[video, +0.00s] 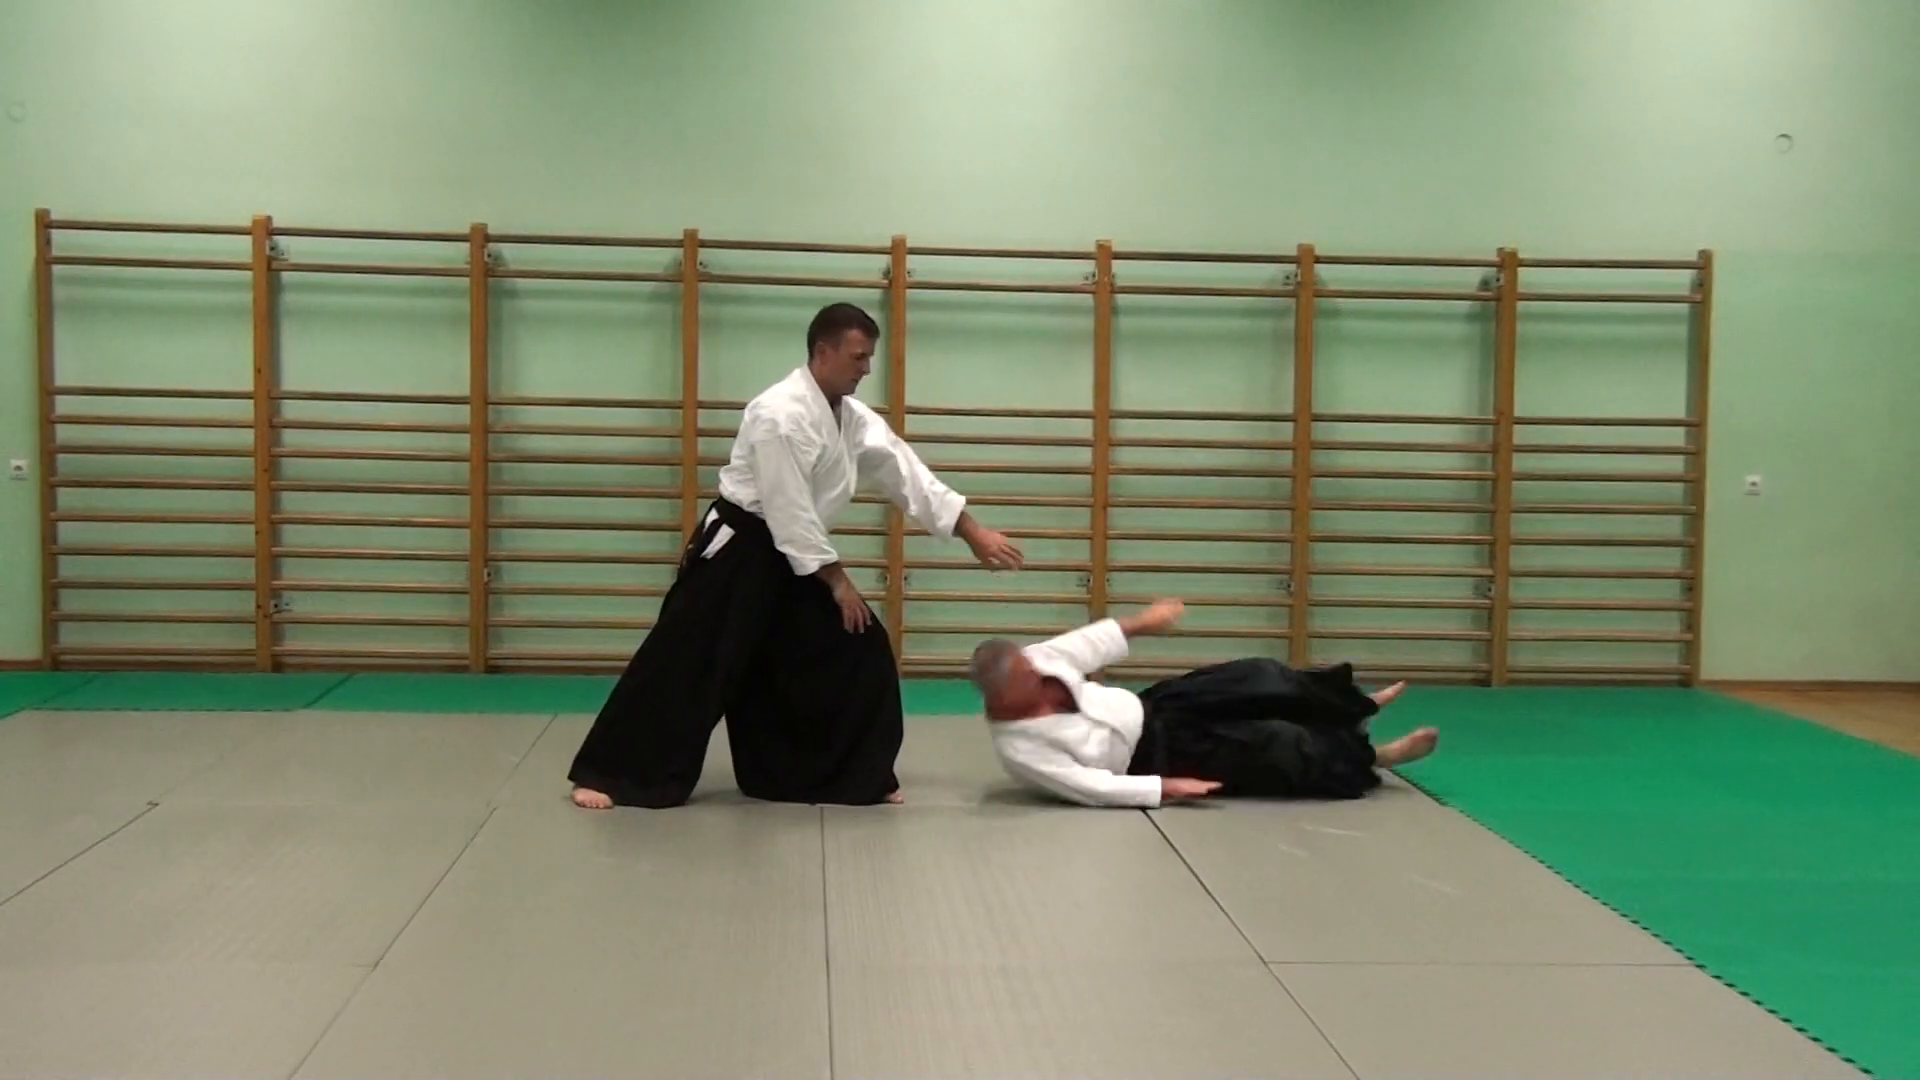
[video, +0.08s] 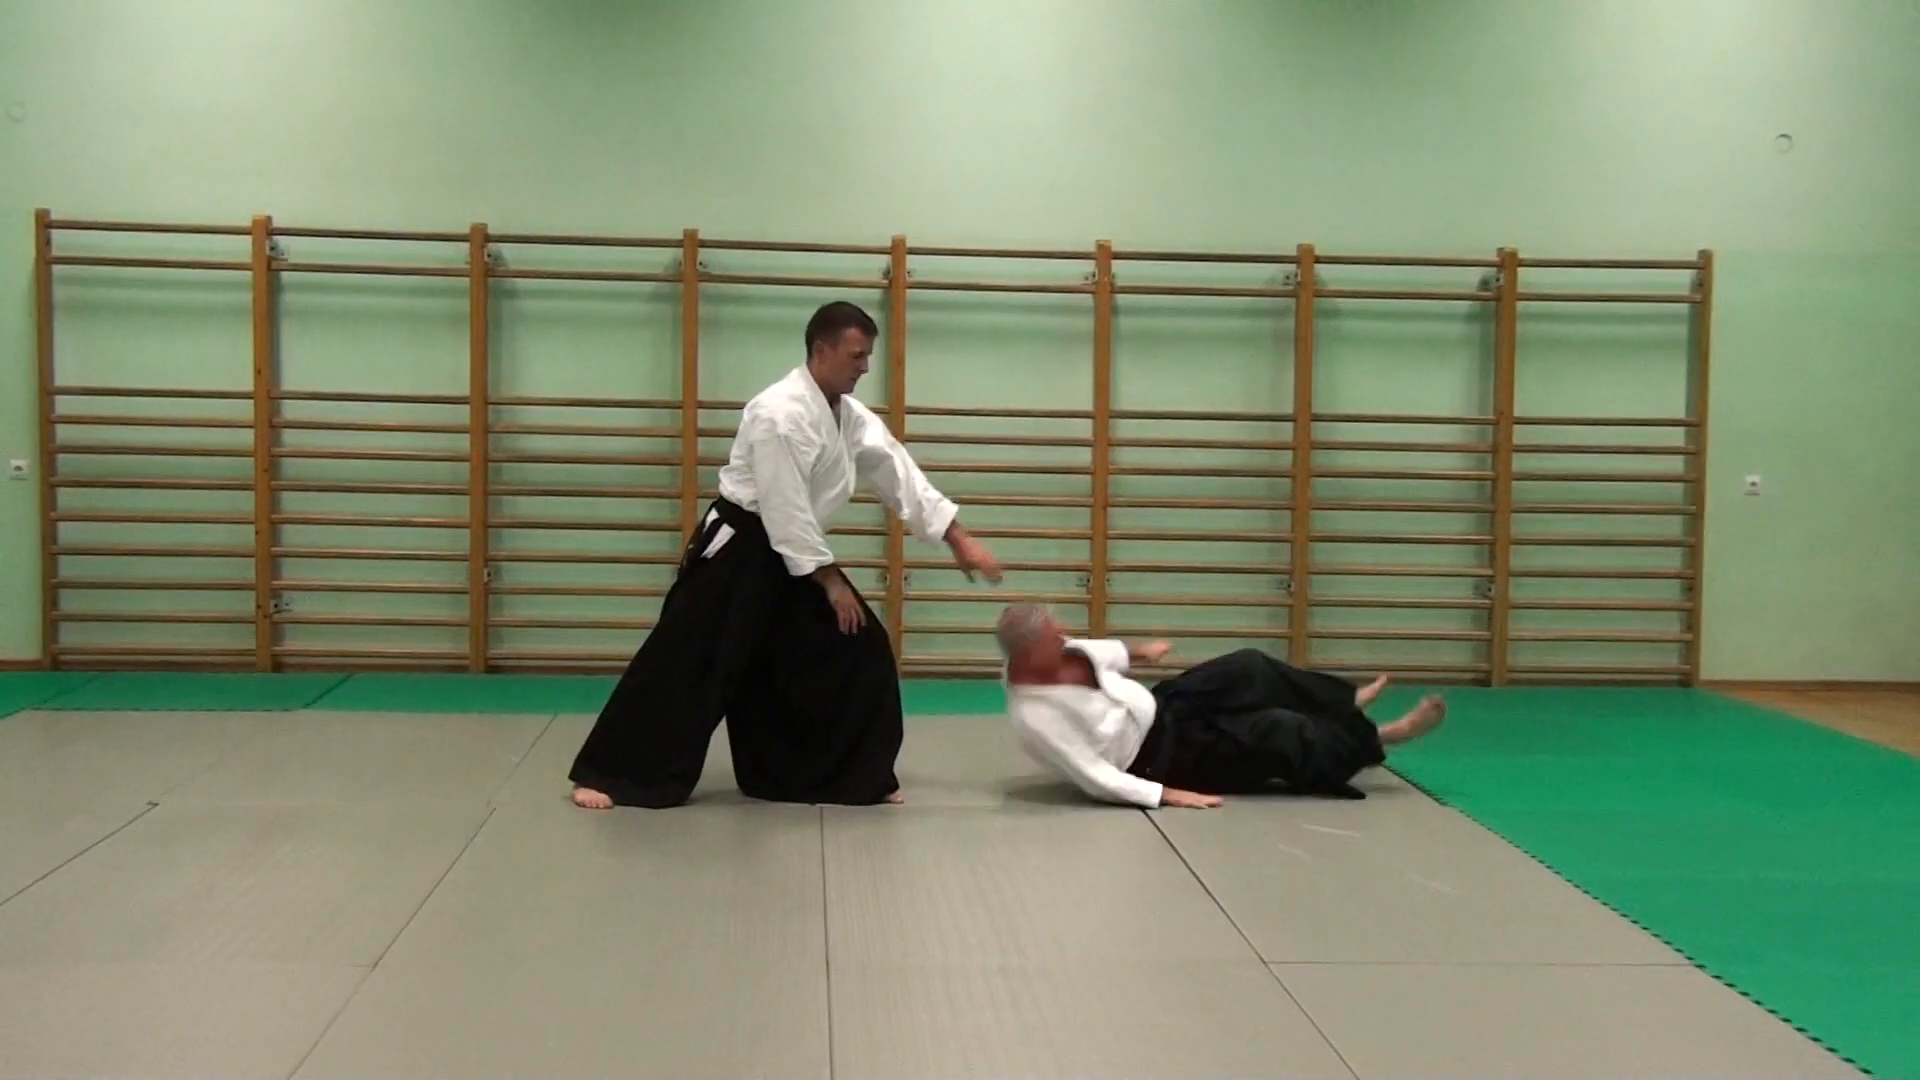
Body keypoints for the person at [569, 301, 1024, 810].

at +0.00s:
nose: (866, 368)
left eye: (869, 358)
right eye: (859, 356)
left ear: (851, 357)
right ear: (824, 350)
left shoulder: (851, 415)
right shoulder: (778, 413)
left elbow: (906, 471)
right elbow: (788, 508)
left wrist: (972, 528)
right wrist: (837, 577)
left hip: (794, 555)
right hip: (739, 547)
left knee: (861, 647)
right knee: (684, 658)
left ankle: (856, 776)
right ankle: (606, 773)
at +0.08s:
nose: (863, 368)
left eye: (867, 358)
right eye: (857, 357)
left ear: (853, 356)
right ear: (821, 350)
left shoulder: (847, 413)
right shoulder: (778, 414)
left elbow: (899, 472)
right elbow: (785, 508)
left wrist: (958, 536)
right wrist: (831, 578)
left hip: (792, 556)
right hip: (737, 550)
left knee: (861, 645)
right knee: (681, 657)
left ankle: (861, 775)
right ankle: (605, 773)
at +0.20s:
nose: (859, 361)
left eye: (862, 351)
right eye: (851, 350)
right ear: (815, 346)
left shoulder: (844, 416)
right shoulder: (771, 410)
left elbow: (885, 482)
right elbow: (769, 510)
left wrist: (918, 560)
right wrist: (808, 584)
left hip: (793, 547)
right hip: (735, 546)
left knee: (860, 645)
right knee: (682, 658)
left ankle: (859, 775)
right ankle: (603, 774)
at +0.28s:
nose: (848, 357)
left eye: (851, 348)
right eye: (840, 346)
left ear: (833, 349)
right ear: (805, 343)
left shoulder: (835, 413)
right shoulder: (758, 407)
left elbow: (868, 485)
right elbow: (750, 507)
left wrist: (887, 566)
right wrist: (784, 588)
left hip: (787, 545)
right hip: (727, 545)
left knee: (851, 644)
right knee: (683, 659)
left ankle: (858, 773)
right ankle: (604, 772)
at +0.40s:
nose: (815, 349)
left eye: (819, 339)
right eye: (806, 337)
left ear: (817, 342)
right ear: (770, 336)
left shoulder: (811, 409)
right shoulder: (725, 404)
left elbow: (830, 493)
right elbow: (711, 500)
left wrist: (834, 575)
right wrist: (734, 585)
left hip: (777, 548)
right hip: (713, 545)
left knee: (834, 651)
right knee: (678, 664)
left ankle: (857, 774)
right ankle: (602, 773)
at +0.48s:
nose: (785, 341)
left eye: (788, 331)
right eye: (775, 330)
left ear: (786, 333)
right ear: (739, 329)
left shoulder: (783, 403)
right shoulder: (699, 398)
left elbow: (804, 485)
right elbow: (681, 494)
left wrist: (807, 565)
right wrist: (700, 581)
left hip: (756, 545)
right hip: (695, 543)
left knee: (814, 654)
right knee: (666, 665)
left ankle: (852, 774)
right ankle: (601, 775)